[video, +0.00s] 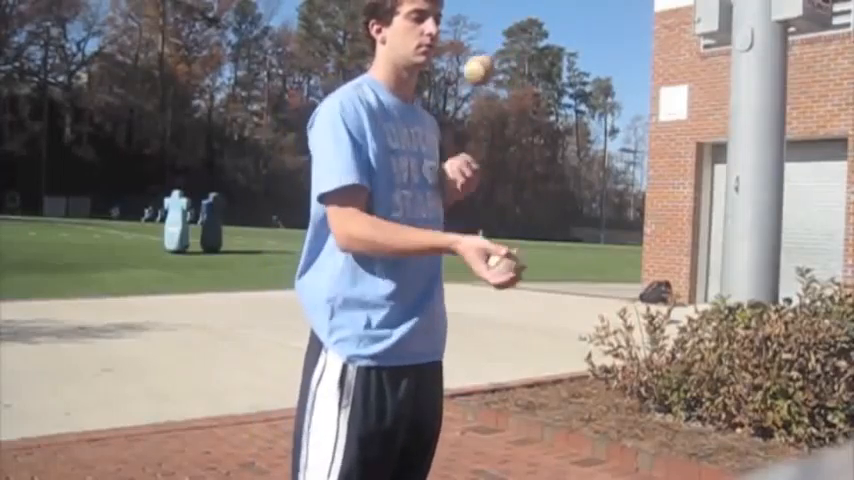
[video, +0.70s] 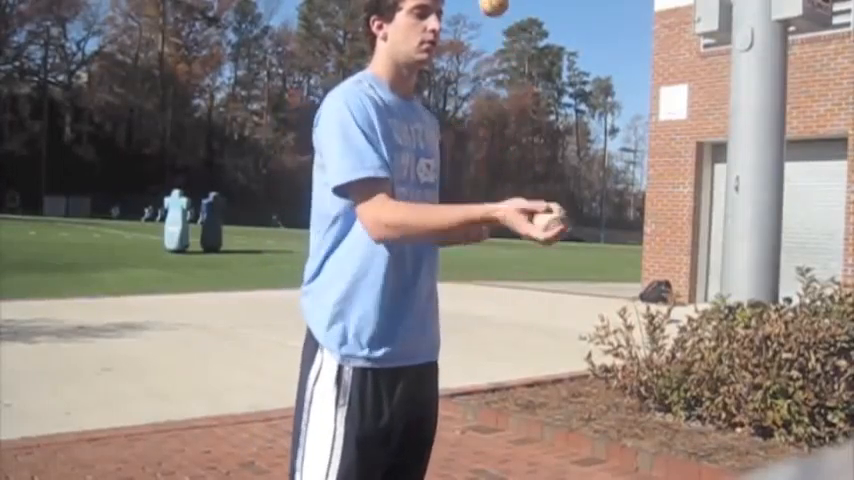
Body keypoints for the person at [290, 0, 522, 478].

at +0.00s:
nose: (433, 30)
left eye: (436, 20)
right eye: (417, 17)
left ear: (439, 30)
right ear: (378, 29)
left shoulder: (426, 123)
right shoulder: (344, 109)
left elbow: (418, 212)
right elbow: (349, 229)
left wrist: (448, 187)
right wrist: (456, 243)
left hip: (421, 355)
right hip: (355, 356)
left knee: (407, 471)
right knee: (335, 471)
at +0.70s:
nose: (435, 26)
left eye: (439, 16)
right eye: (421, 13)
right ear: (380, 26)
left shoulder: (426, 119)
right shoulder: (349, 103)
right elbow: (382, 220)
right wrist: (495, 212)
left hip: (415, 349)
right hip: (350, 351)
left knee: (403, 470)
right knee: (334, 471)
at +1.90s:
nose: (430, 12)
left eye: (430, 4)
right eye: (412, 4)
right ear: (376, 25)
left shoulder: (418, 116)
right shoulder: (343, 104)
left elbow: (409, 223)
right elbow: (276, 205)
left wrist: (453, 212)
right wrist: (381, 247)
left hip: (424, 350)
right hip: (366, 351)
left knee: (408, 470)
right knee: (360, 470)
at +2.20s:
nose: (393, 20)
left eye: (402, 11)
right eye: (377, 9)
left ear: (410, 28)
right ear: (348, 28)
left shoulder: (425, 120)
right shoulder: (309, 114)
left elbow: (446, 235)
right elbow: (259, 222)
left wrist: (430, 189)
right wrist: (352, 263)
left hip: (421, 342)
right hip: (348, 345)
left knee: (417, 468)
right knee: (359, 470)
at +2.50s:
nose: (370, 12)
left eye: (382, 3)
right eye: (355, 2)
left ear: (397, 19)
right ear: (331, 18)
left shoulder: (418, 116)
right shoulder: (285, 112)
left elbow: (426, 216)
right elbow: (239, 221)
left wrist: (443, 250)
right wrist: (313, 270)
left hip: (400, 368)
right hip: (313, 370)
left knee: (396, 472)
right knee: (289, 473)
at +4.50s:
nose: (301, 8)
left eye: (314, 0)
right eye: (288, 0)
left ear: (338, 10)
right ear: (267, 11)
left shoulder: (377, 108)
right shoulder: (220, 112)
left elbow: (415, 218)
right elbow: (171, 235)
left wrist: (477, 309)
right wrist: (256, 204)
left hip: (360, 382)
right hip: (260, 386)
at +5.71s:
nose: (304, 8)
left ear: (338, 9)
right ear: (268, 9)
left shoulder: (375, 110)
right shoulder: (218, 112)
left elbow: (409, 224)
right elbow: (169, 237)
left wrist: (467, 317)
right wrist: (255, 202)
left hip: (357, 385)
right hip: (257, 390)